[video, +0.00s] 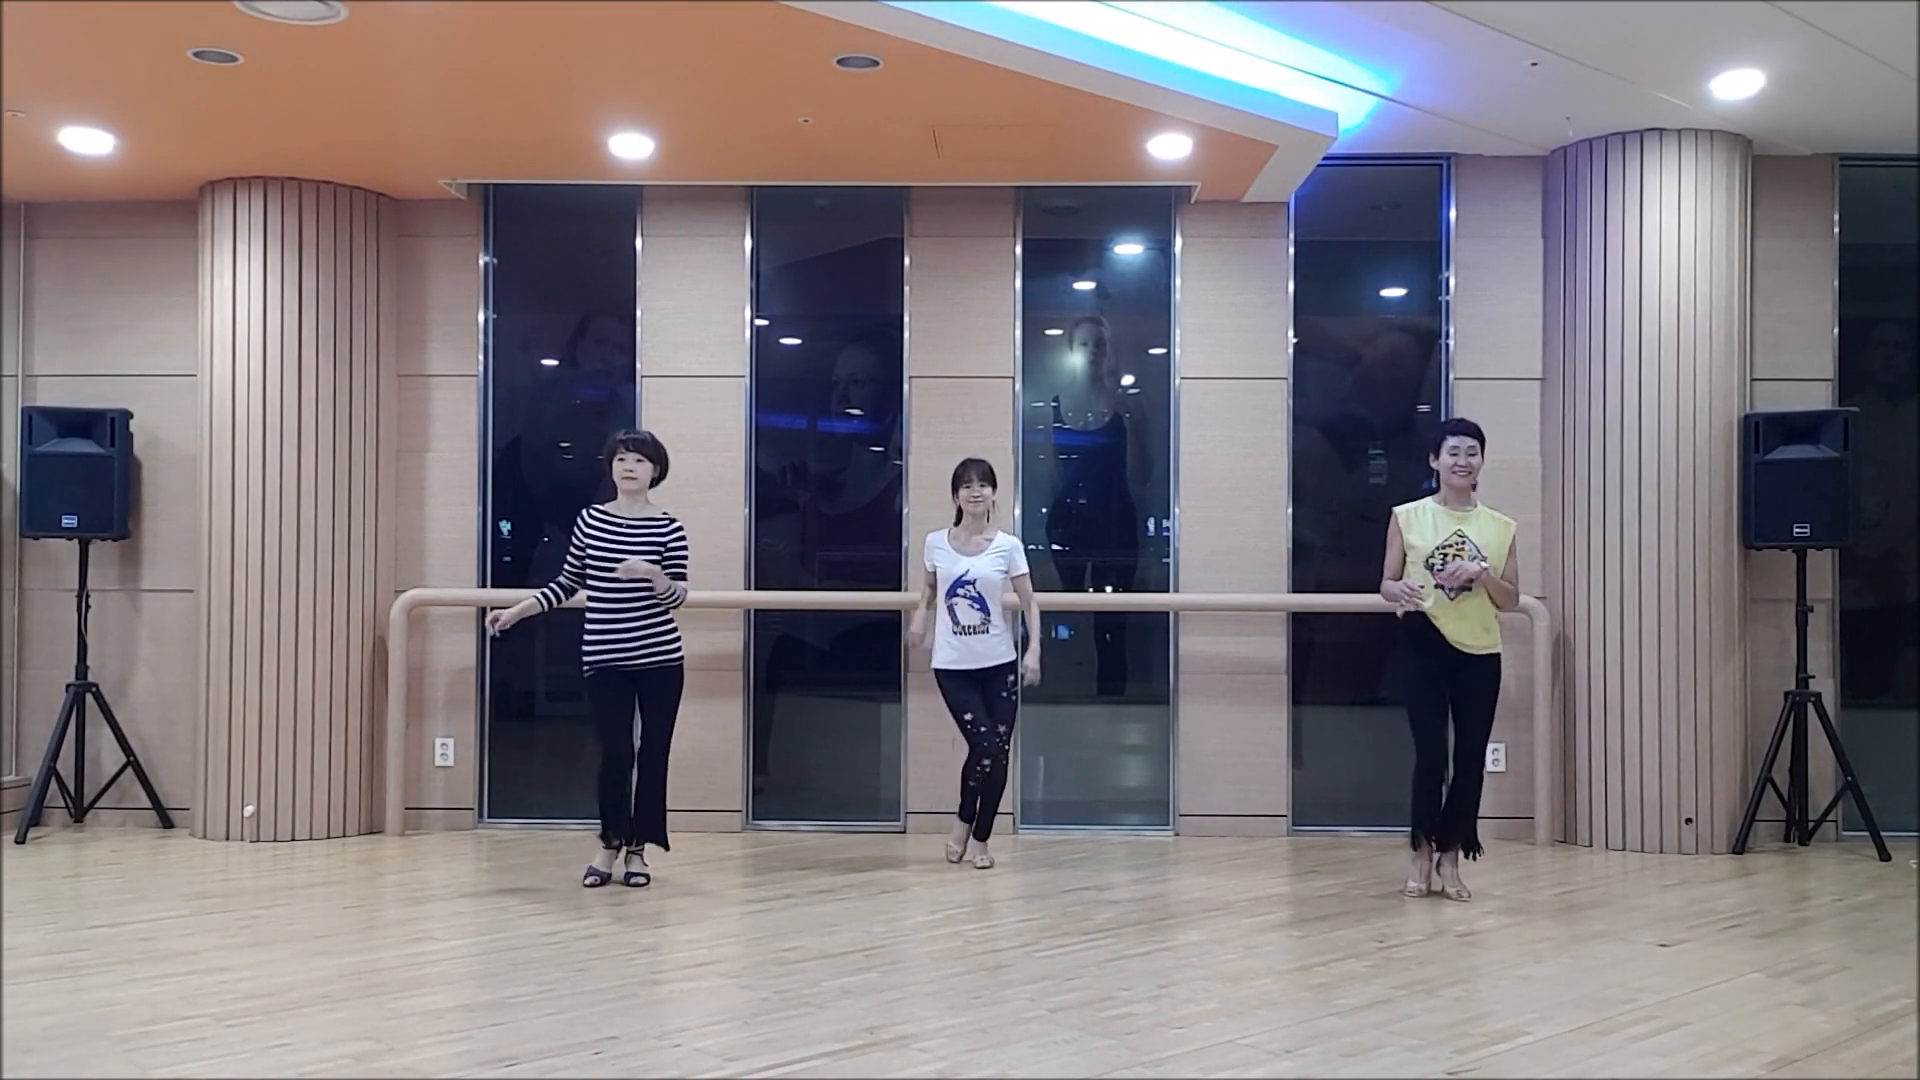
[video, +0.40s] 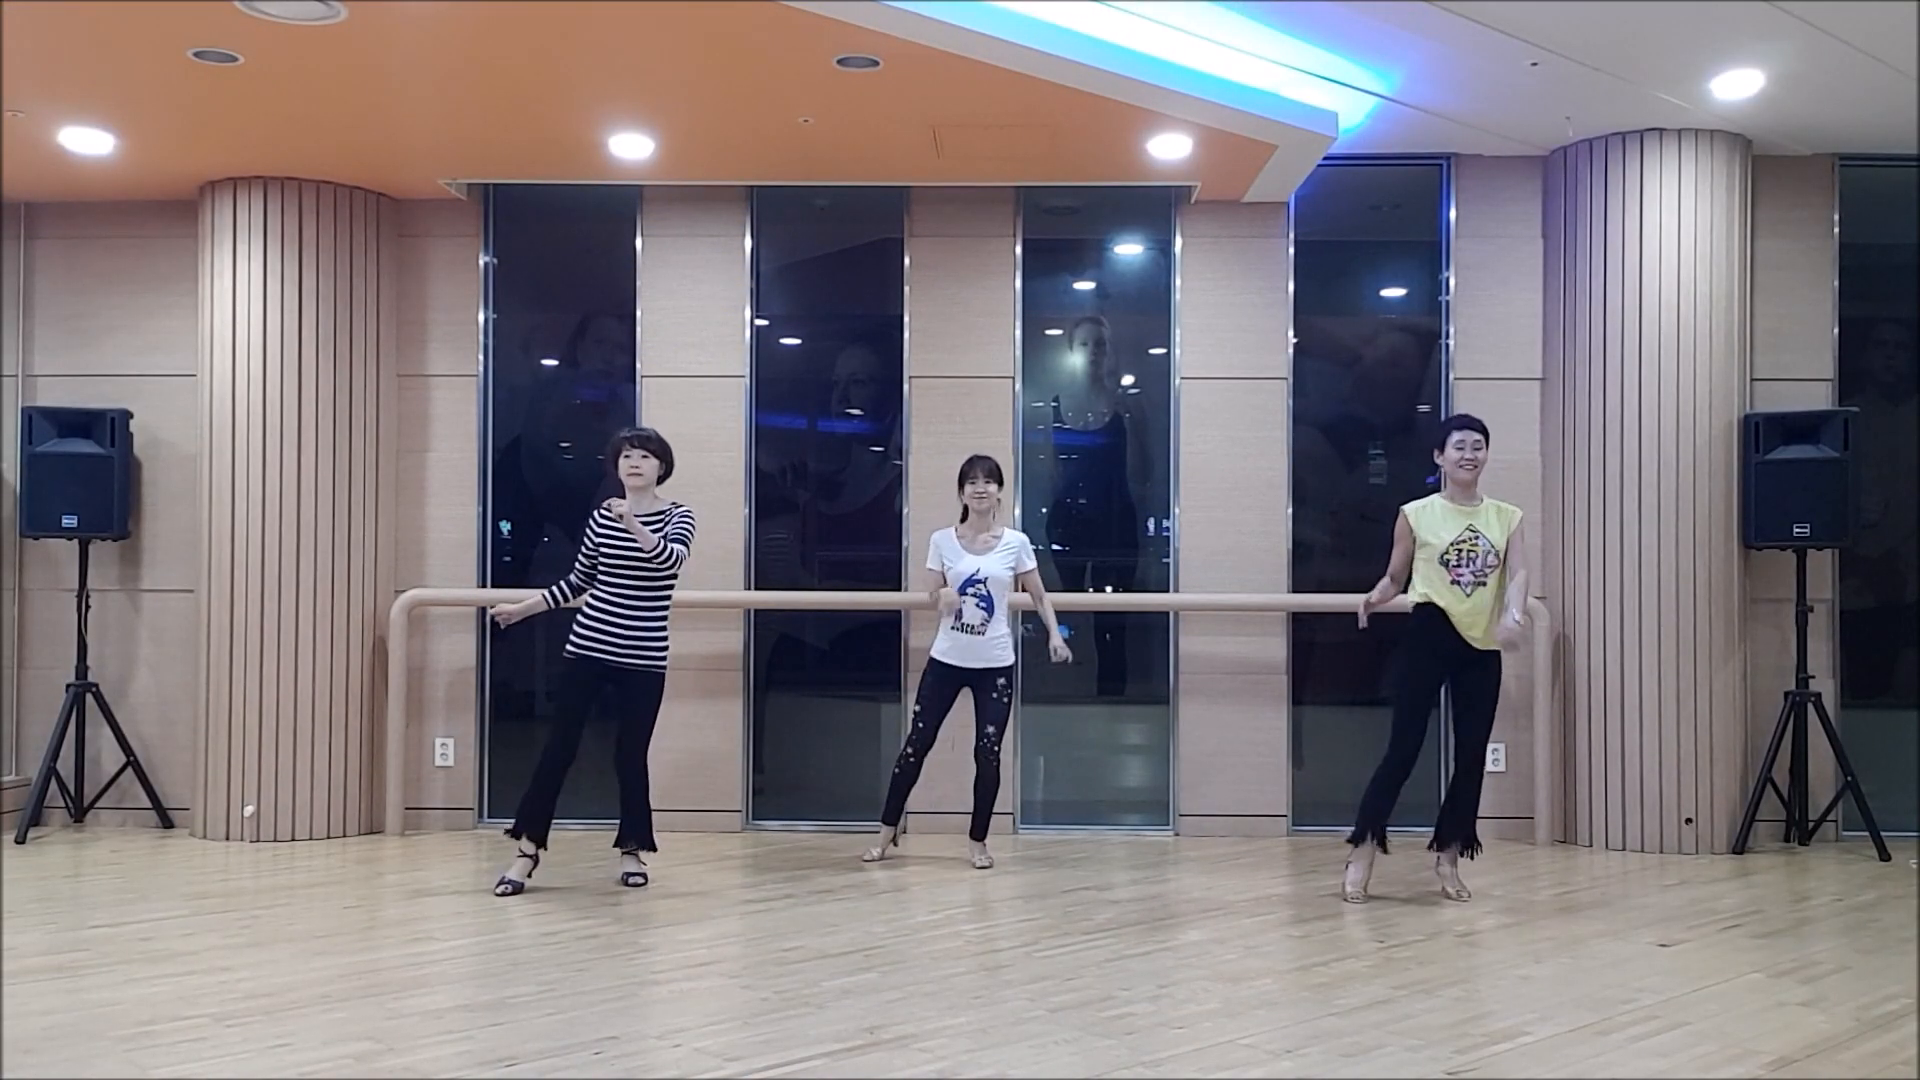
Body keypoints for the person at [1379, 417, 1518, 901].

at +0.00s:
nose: (1463, 461)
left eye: (1472, 453)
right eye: (1454, 453)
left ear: (1483, 462)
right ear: (1436, 461)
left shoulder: (1500, 527)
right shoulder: (1407, 516)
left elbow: (1510, 600)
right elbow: (1387, 585)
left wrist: (1482, 574)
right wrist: (1395, 588)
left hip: (1479, 651)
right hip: (1423, 644)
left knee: (1470, 758)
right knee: (1432, 755)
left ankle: (1450, 858)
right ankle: (1421, 855)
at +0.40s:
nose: (1469, 454)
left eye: (1477, 447)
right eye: (1459, 447)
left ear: (1487, 457)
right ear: (1440, 457)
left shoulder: (1505, 517)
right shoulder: (1415, 515)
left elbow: (1517, 574)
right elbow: (1394, 578)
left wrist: (1515, 611)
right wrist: (1372, 598)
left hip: (1481, 643)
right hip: (1427, 638)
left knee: (1472, 758)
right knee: (1404, 749)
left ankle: (1447, 853)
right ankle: (1363, 850)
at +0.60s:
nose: (1481, 456)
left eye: (1488, 450)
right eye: (1471, 450)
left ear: (1498, 462)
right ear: (1450, 461)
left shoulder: (1518, 525)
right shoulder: (1423, 519)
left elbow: (1537, 598)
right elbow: (1394, 588)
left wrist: (1556, 657)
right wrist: (1372, 584)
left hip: (1494, 648)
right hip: (1439, 642)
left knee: (1477, 759)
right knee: (1437, 753)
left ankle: (1449, 853)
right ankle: (1396, 830)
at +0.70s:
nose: (1489, 455)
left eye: (1495, 449)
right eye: (1479, 448)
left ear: (1504, 461)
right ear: (1458, 460)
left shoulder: (1524, 524)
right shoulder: (1431, 517)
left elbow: (1539, 592)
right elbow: (1403, 580)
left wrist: (1561, 652)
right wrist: (1389, 588)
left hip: (1500, 645)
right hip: (1446, 639)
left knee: (1481, 750)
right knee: (1457, 745)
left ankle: (1450, 848)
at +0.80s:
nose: (1497, 457)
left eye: (1503, 451)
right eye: (1486, 451)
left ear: (1511, 462)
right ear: (1464, 463)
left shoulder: (1529, 526)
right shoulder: (1439, 520)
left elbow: (1538, 588)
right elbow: (1409, 586)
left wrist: (1565, 635)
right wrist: (1424, 592)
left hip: (1508, 647)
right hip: (1454, 644)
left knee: (1496, 748)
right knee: (1473, 746)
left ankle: (1473, 851)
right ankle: (1490, 847)